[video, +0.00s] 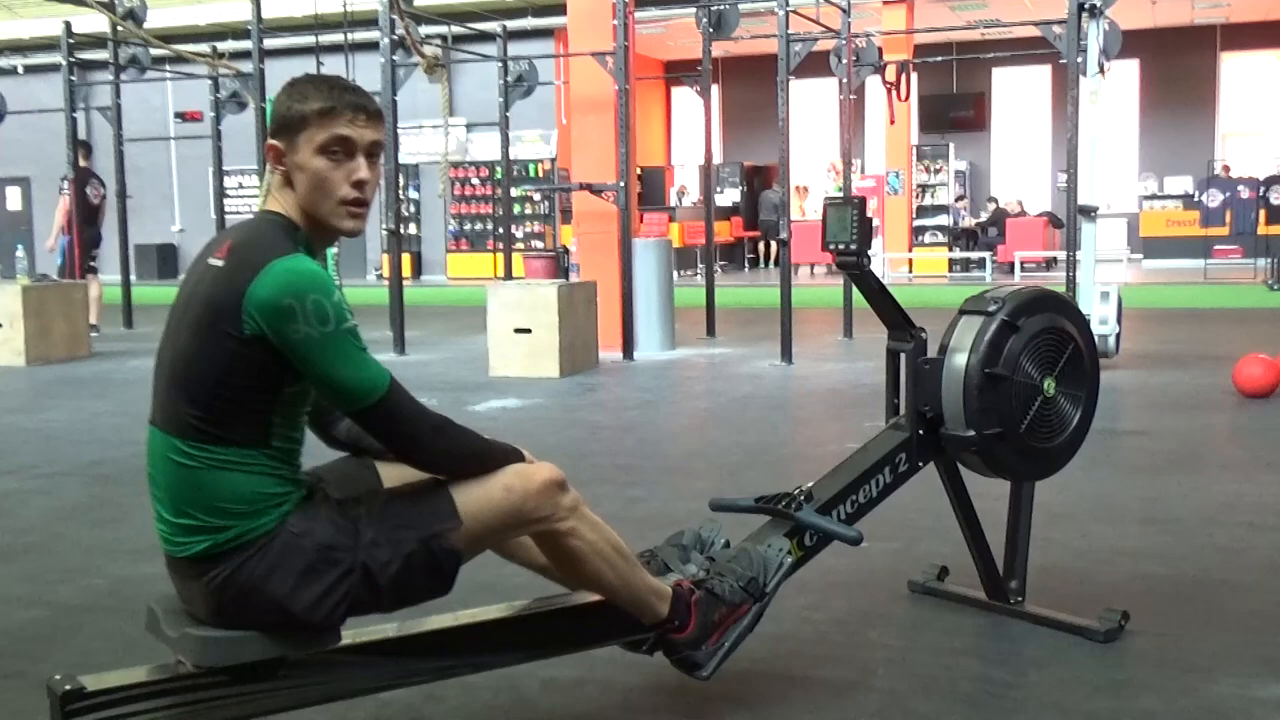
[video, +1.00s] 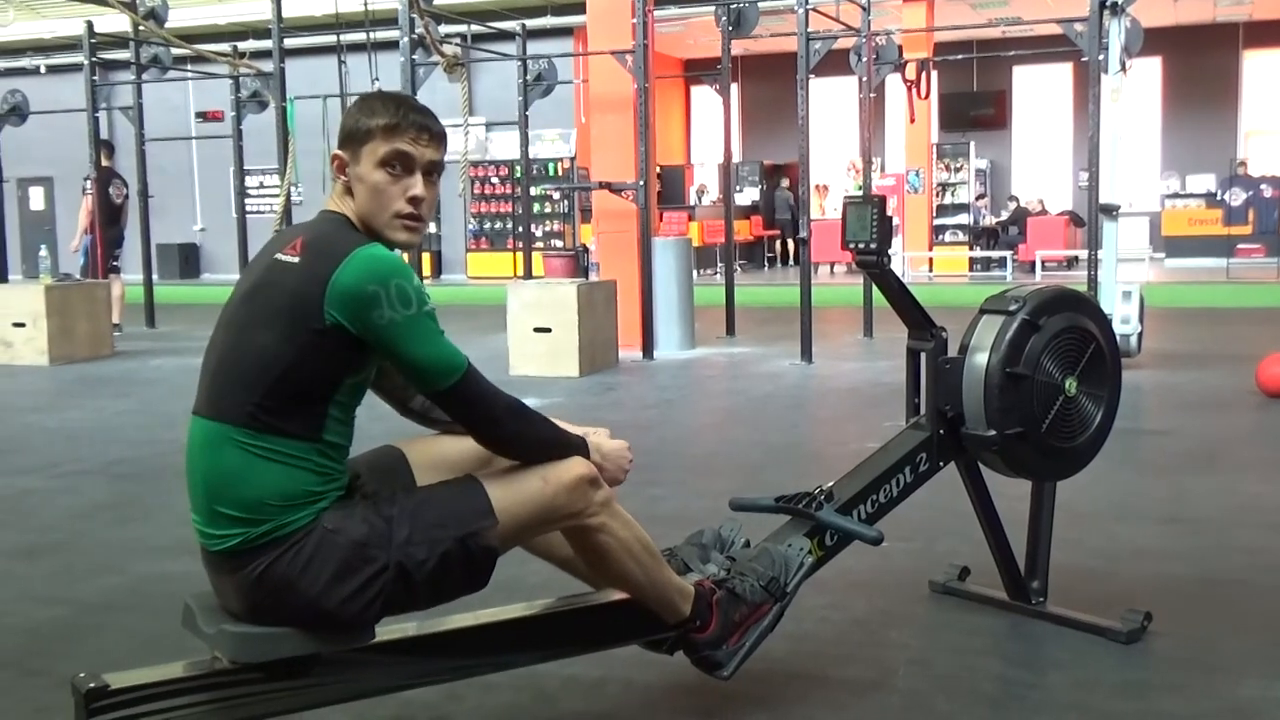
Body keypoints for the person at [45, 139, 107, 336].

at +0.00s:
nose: (69, 156)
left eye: (71, 153)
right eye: (72, 152)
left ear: (76, 154)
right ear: (89, 155)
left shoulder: (70, 179)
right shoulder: (99, 182)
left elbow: (63, 210)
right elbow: (101, 213)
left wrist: (53, 236)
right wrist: (97, 232)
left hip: (72, 234)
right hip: (93, 233)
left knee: (68, 277)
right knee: (92, 276)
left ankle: (69, 322)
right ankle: (93, 322)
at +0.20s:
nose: (71, 156)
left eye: (72, 152)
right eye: (73, 152)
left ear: (77, 154)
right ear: (90, 154)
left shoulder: (71, 179)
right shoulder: (101, 182)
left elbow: (65, 209)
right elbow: (103, 213)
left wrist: (54, 237)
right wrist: (98, 231)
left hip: (75, 234)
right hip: (95, 233)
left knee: (70, 277)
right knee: (94, 276)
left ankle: (71, 322)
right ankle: (96, 322)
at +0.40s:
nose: (75, 159)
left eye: (76, 156)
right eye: (78, 156)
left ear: (80, 157)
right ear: (94, 158)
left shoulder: (75, 183)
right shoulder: (104, 185)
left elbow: (68, 212)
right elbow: (106, 215)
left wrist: (57, 239)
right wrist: (101, 233)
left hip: (78, 236)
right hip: (98, 235)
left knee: (72, 280)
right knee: (97, 279)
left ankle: (73, 325)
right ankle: (98, 325)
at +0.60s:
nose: (81, 157)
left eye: (82, 153)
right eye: (83, 153)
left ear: (86, 155)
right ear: (100, 155)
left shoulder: (81, 181)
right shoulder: (110, 182)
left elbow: (74, 210)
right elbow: (113, 213)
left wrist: (64, 237)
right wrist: (108, 232)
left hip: (85, 234)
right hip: (104, 233)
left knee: (78, 278)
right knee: (103, 277)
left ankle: (80, 323)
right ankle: (104, 322)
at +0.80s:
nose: (84, 157)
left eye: (86, 153)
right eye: (87, 153)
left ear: (89, 155)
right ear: (104, 155)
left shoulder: (84, 180)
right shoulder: (114, 181)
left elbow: (79, 210)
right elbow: (117, 213)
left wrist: (70, 237)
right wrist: (113, 232)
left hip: (89, 235)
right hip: (108, 234)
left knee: (82, 278)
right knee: (107, 277)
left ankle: (84, 323)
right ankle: (108, 322)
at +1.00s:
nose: (92, 156)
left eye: (93, 153)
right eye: (94, 153)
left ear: (97, 154)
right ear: (111, 155)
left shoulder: (93, 179)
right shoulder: (122, 181)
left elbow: (87, 209)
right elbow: (124, 213)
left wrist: (78, 237)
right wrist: (120, 231)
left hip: (97, 234)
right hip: (116, 233)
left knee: (91, 278)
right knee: (115, 276)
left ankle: (92, 322)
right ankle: (116, 321)